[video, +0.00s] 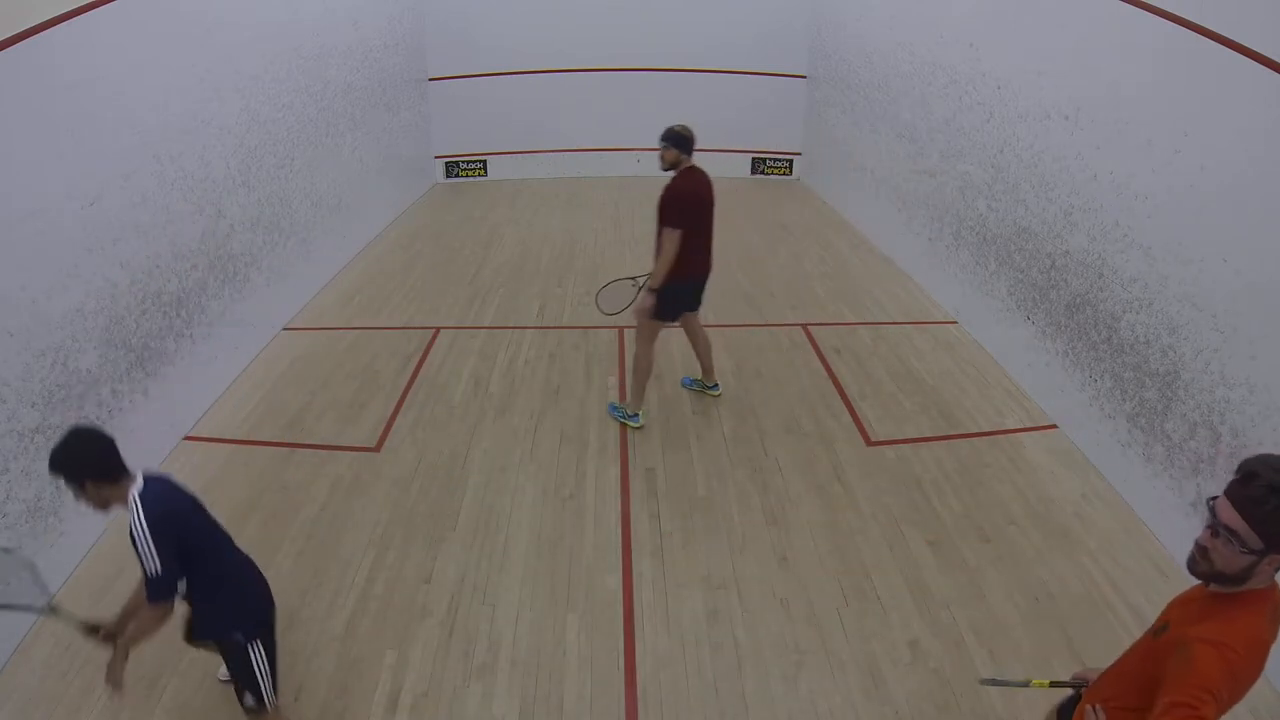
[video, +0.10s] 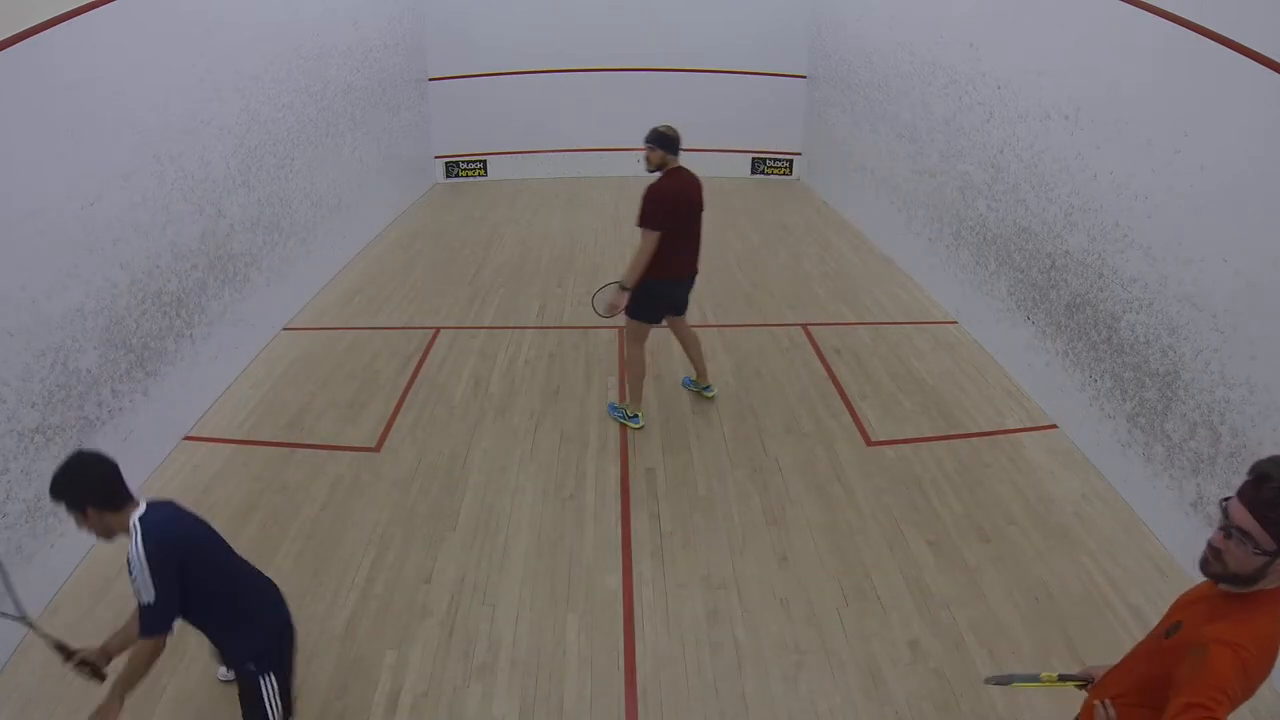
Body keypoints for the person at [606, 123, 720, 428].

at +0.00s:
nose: (659, 154)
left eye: (663, 149)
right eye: (660, 149)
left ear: (677, 152)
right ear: (684, 151)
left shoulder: (676, 190)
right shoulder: (701, 180)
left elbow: (670, 246)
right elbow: (692, 233)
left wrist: (651, 288)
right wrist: (660, 267)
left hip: (674, 277)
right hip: (697, 272)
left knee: (645, 333)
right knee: (690, 321)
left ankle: (633, 408)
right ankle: (709, 380)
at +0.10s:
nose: (645, 155)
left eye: (649, 150)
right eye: (645, 150)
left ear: (662, 153)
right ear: (673, 153)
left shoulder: (658, 191)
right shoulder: (692, 181)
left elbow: (648, 246)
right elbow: (688, 234)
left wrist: (625, 287)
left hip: (655, 279)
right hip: (684, 276)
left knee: (635, 340)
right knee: (678, 322)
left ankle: (633, 409)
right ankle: (703, 381)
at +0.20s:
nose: (633, 152)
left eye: (637, 147)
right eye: (634, 146)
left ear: (652, 149)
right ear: (660, 149)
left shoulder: (646, 187)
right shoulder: (683, 179)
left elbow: (633, 246)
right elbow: (677, 232)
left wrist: (604, 282)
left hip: (646, 277)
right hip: (676, 273)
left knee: (632, 339)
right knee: (668, 323)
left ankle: (633, 409)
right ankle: (689, 389)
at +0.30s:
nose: (624, 151)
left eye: (628, 146)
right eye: (624, 146)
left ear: (642, 148)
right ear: (651, 148)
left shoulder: (636, 186)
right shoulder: (676, 177)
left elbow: (624, 245)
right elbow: (681, 225)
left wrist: (595, 278)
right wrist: (657, 252)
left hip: (640, 276)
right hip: (670, 272)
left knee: (627, 340)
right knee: (659, 329)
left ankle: (630, 408)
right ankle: (670, 401)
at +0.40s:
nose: (616, 158)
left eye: (620, 152)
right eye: (616, 152)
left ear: (634, 154)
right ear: (645, 153)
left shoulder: (628, 192)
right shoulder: (671, 183)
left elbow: (617, 250)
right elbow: (677, 231)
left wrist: (590, 282)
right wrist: (663, 260)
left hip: (635, 283)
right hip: (668, 280)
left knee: (610, 335)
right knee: (657, 334)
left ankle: (626, 409)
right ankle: (670, 407)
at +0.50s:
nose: (609, 160)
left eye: (612, 154)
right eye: (609, 154)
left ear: (626, 156)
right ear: (640, 155)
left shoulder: (618, 193)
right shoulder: (663, 186)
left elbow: (607, 250)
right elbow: (673, 235)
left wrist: (589, 283)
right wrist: (665, 266)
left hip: (625, 284)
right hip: (660, 281)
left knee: (608, 337)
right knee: (653, 337)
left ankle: (624, 414)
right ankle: (669, 408)